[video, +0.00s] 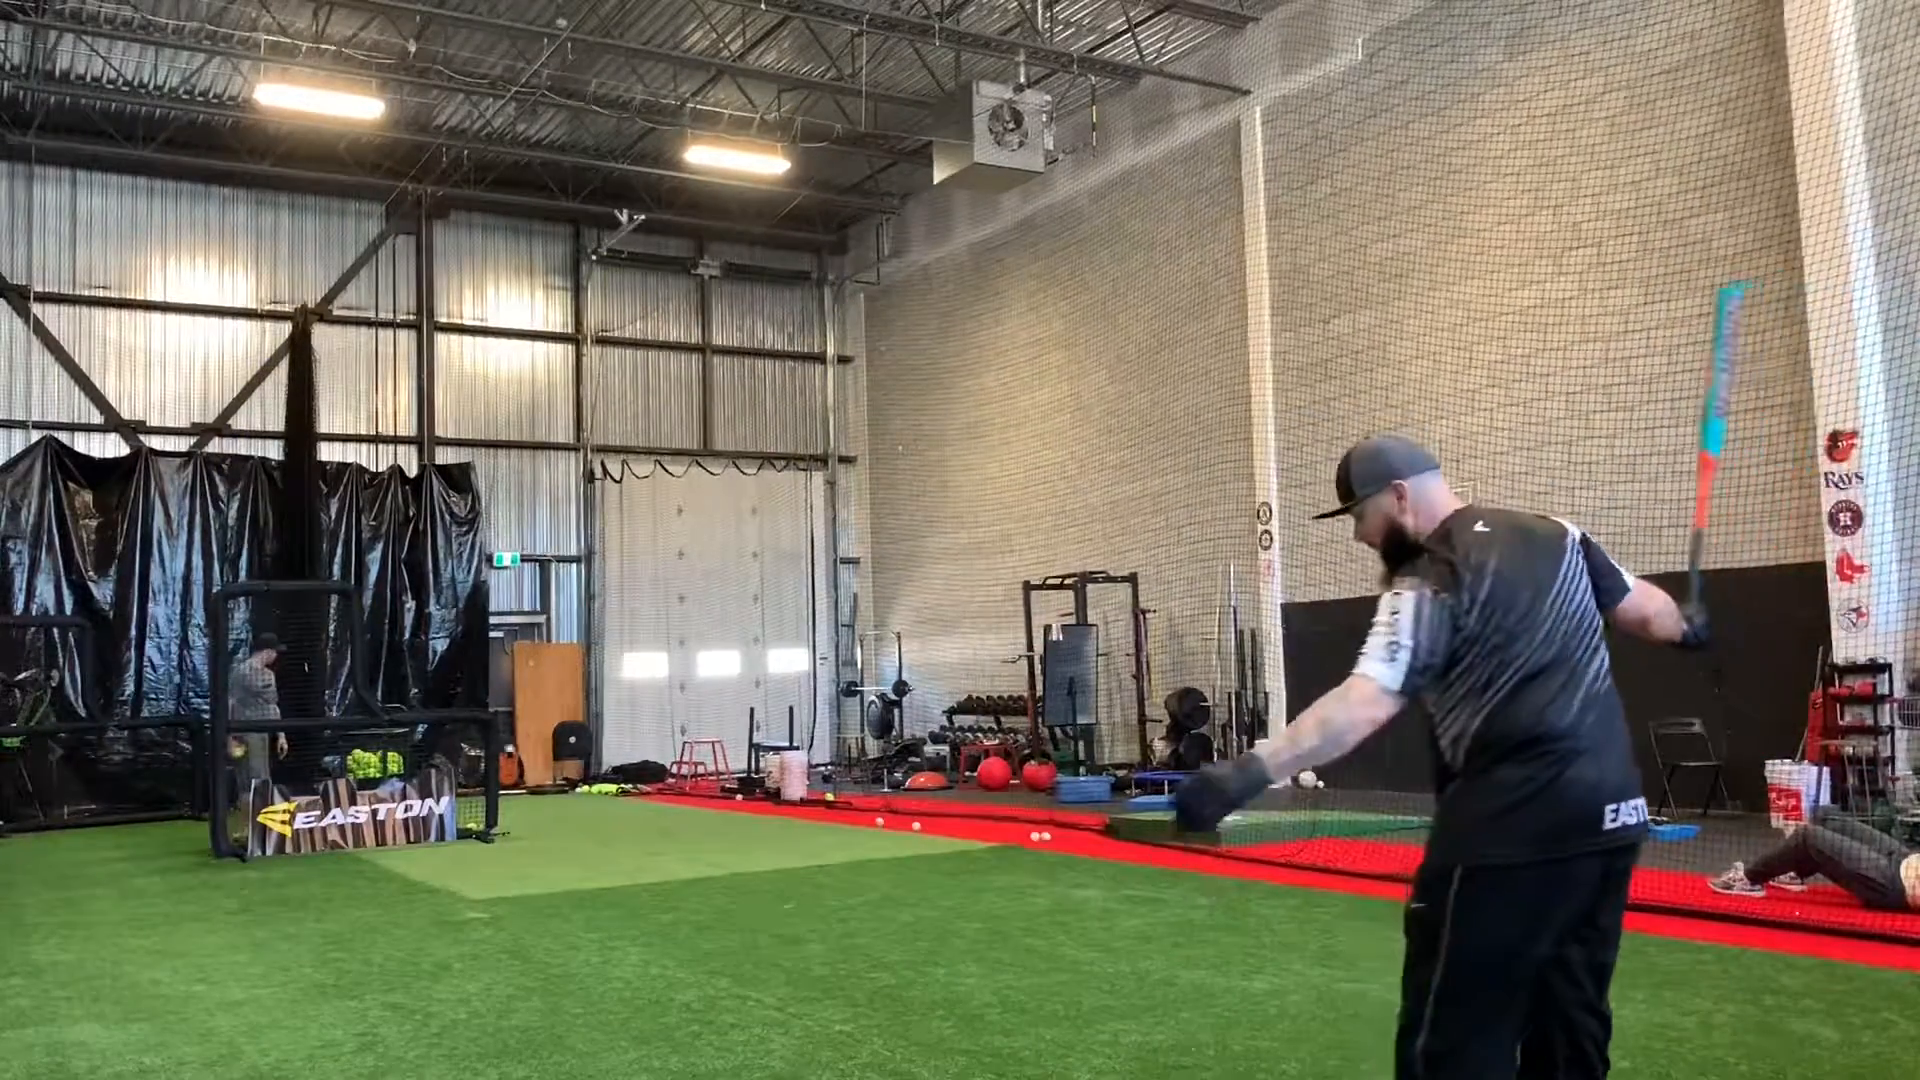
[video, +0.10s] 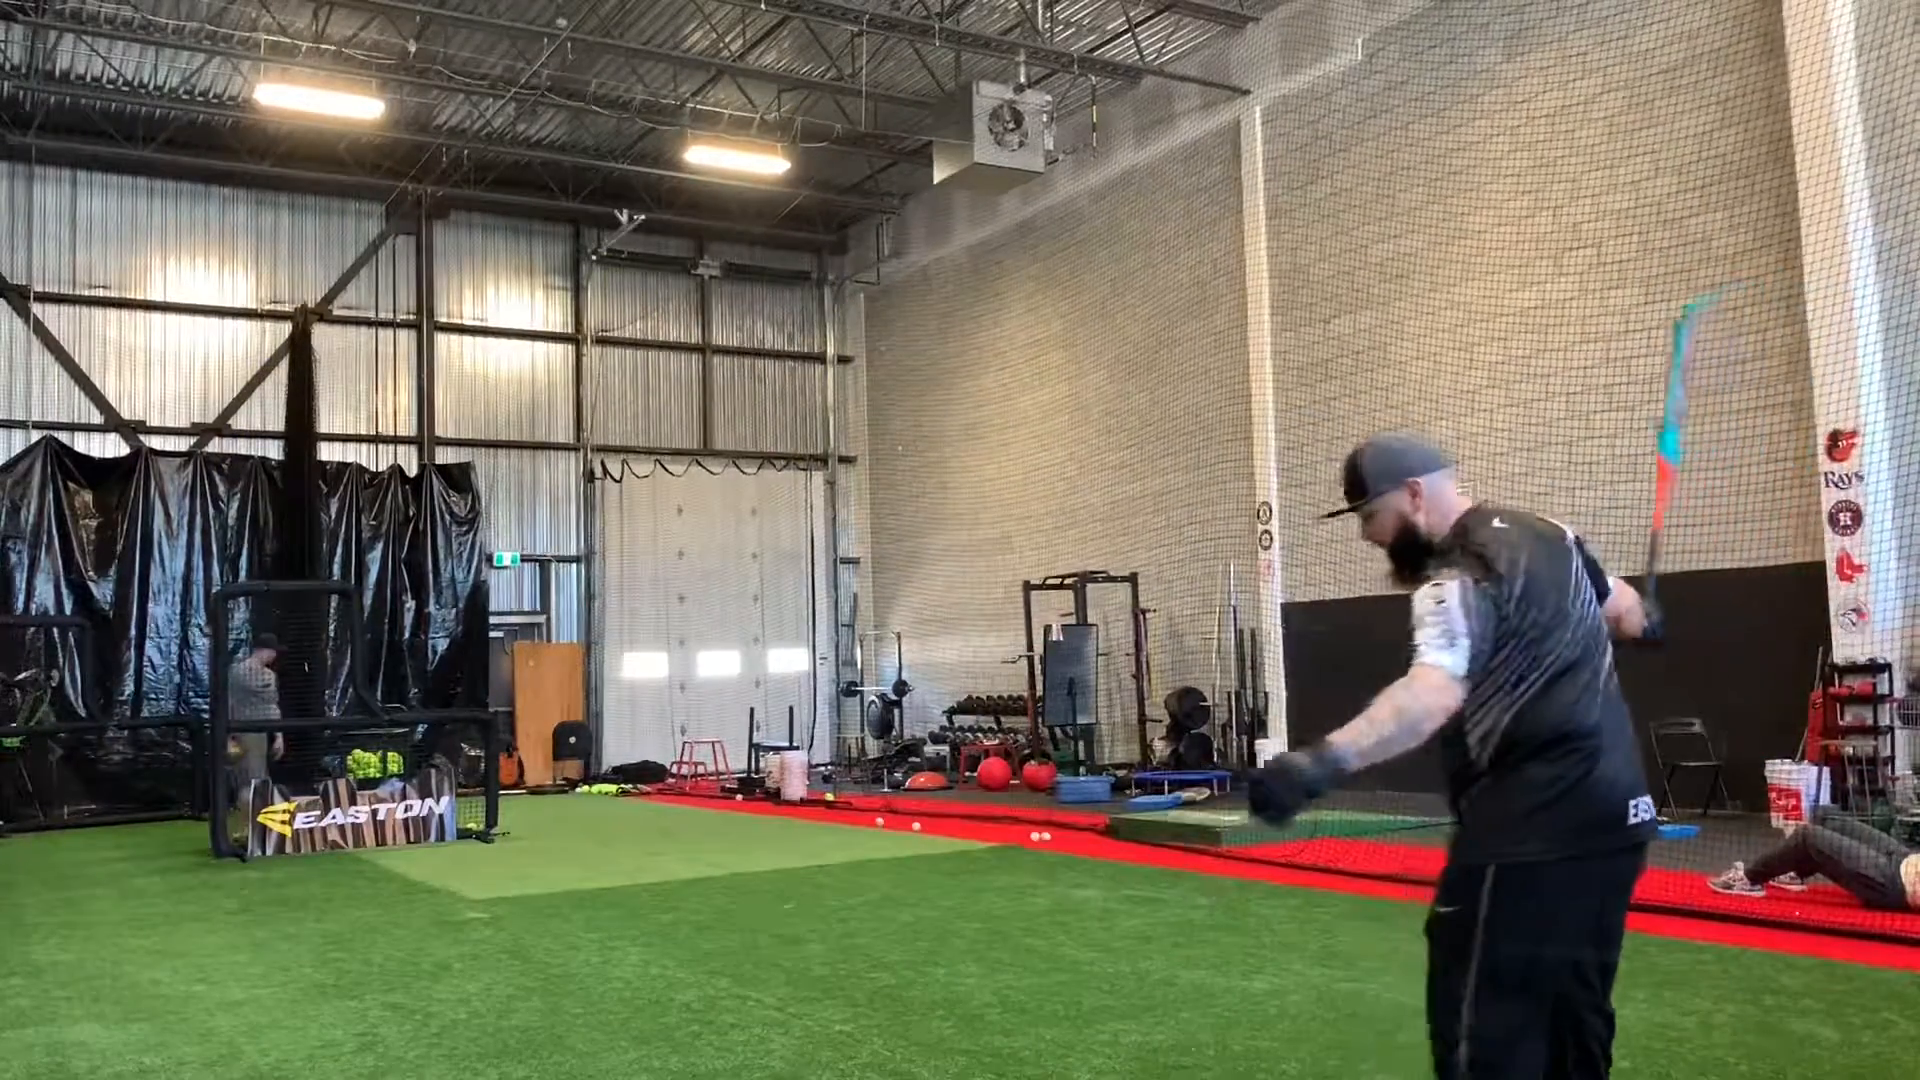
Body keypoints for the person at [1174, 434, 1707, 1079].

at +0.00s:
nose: (1357, 532)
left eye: (1358, 512)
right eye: (1352, 516)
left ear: (1400, 497)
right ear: (1420, 489)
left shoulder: (1424, 581)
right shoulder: (1556, 536)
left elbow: (1366, 704)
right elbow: (1645, 608)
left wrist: (1247, 771)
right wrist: (1685, 627)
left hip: (1504, 828)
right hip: (1611, 817)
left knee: (1447, 1037)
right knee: (1570, 1030)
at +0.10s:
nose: (1365, 532)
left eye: (1368, 514)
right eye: (1361, 518)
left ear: (1412, 495)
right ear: (1427, 493)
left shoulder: (1453, 578)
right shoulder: (1551, 537)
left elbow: (1431, 694)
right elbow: (1627, 613)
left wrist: (1318, 761)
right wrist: (1643, 617)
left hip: (1524, 831)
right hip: (1611, 819)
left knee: (1478, 1025)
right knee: (1575, 1022)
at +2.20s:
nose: (1230, 587)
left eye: (1240, 575)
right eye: (1232, 574)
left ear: (1275, 585)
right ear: (1306, 580)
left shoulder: (1262, 672)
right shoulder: (1347, 646)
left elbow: (1164, 769)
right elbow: (1215, 651)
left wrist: (1103, 732)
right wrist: (1122, 667)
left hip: (1292, 903)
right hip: (1352, 892)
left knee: (1290, 1062)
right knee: (1203, 1004)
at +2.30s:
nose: (1204, 586)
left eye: (1206, 574)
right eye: (1204, 573)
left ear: (1224, 578)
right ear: (1284, 559)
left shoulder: (1197, 655)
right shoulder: (1352, 606)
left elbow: (1196, 741)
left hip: (1274, 892)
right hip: (1368, 881)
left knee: (1250, 1055)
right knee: (1218, 1034)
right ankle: (1191, 1069)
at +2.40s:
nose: (1185, 580)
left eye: (1185, 568)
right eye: (1183, 568)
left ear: (1199, 572)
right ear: (1264, 547)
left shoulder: (1186, 646)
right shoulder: (1347, 586)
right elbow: (1454, 642)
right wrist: (1535, 650)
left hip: (1273, 876)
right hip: (1371, 860)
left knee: (1266, 1049)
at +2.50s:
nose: (1213, 557)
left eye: (1212, 546)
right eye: (1217, 543)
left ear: (1225, 551)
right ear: (1291, 534)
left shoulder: (1210, 632)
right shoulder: (1364, 581)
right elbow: (1487, 617)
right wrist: (1615, 618)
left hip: (1281, 869)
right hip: (1380, 862)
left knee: (1319, 1056)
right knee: (1263, 1032)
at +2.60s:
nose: (1244, 540)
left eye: (1247, 528)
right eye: (1246, 527)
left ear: (1251, 534)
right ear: (1320, 523)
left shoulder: (1242, 614)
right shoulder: (1383, 564)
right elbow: (1465, 614)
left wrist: (1367, 552)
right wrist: (1530, 640)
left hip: (1305, 862)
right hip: (1408, 858)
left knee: (1342, 1060)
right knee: (1277, 1052)